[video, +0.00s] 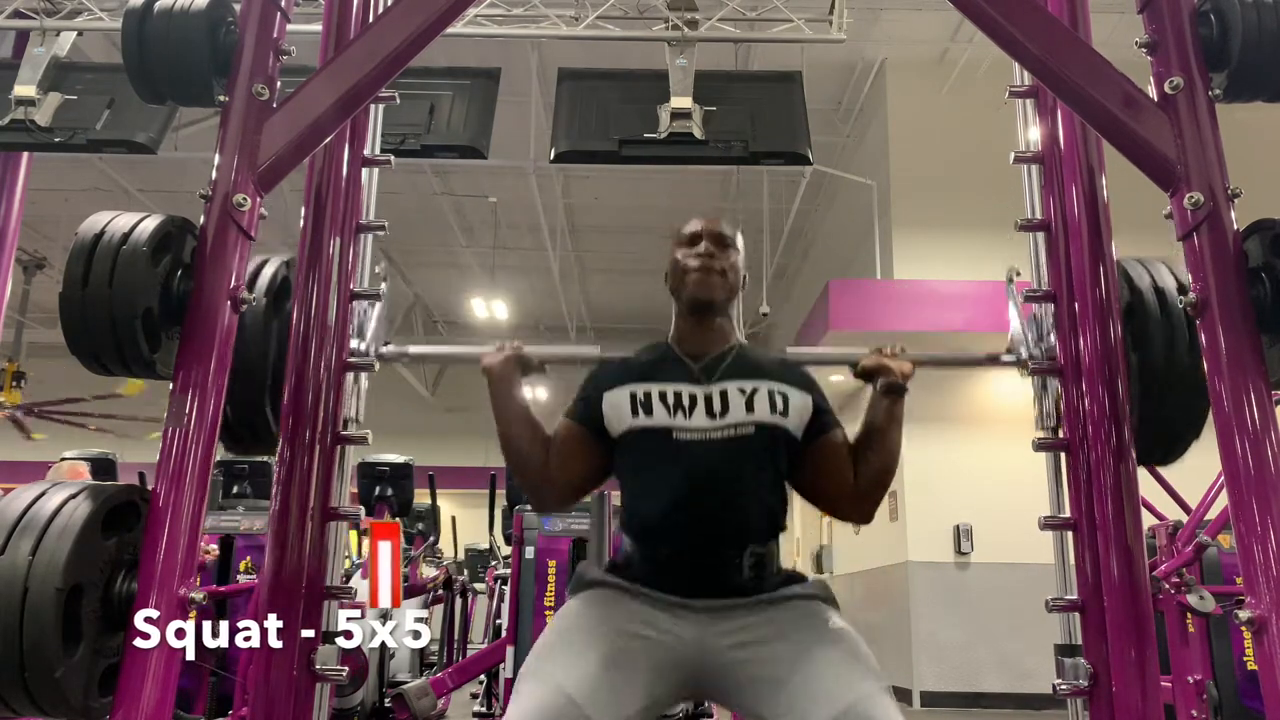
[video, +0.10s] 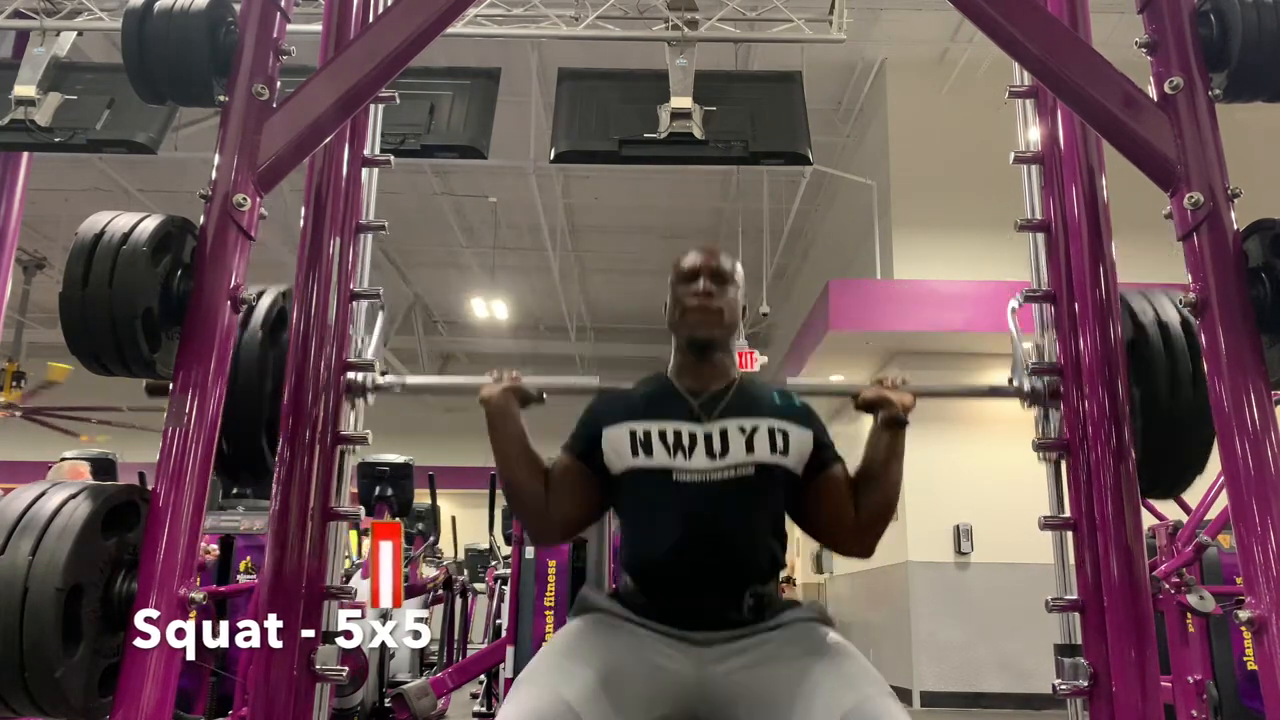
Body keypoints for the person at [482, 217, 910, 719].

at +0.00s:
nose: (707, 252)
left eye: (722, 246)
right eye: (691, 243)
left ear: (741, 279)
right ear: (667, 274)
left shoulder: (787, 383)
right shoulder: (615, 382)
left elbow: (856, 501)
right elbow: (549, 488)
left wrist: (889, 397)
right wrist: (504, 386)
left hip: (767, 615)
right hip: (632, 611)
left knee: (871, 713)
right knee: (532, 712)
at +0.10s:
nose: (703, 286)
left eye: (719, 279)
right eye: (689, 278)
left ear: (743, 310)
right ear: (669, 310)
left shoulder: (785, 414)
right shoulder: (615, 413)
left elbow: (856, 534)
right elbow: (547, 522)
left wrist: (889, 429)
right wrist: (500, 409)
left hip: (768, 643)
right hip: (631, 638)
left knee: (882, 716)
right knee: (521, 714)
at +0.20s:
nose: (703, 345)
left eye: (718, 334)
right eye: (689, 333)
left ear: (742, 354)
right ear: (668, 355)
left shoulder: (788, 463)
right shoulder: (615, 462)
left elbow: (858, 587)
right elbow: (548, 570)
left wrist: (893, 474)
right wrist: (501, 462)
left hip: (768, 677)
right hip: (635, 673)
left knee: (883, 717)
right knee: (518, 716)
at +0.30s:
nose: (702, 385)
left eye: (718, 372)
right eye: (688, 372)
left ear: (742, 388)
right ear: (666, 390)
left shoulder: (789, 497)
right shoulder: (614, 490)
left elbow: (858, 615)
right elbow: (546, 601)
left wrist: (893, 505)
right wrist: (499, 490)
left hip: (766, 693)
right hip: (636, 691)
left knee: (886, 718)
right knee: (512, 718)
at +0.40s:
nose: (699, 429)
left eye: (716, 414)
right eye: (685, 413)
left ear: (742, 425)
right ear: (664, 423)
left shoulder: (789, 531)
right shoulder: (612, 523)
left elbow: (859, 651)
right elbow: (542, 639)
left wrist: (895, 539)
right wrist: (498, 524)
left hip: (758, 707)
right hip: (639, 707)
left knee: (872, 719)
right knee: (519, 716)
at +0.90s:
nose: (697, 467)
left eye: (715, 451)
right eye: (681, 451)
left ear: (742, 457)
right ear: (661, 455)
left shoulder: (790, 564)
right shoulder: (607, 560)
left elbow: (860, 685)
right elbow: (539, 671)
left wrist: (898, 566)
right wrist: (495, 554)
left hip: (755, 715)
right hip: (645, 714)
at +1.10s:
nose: (697, 434)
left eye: (715, 419)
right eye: (683, 418)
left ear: (742, 430)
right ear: (663, 427)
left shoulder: (790, 535)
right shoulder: (613, 527)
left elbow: (859, 658)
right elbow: (542, 640)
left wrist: (895, 541)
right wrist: (497, 525)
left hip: (764, 710)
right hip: (637, 710)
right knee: (511, 719)